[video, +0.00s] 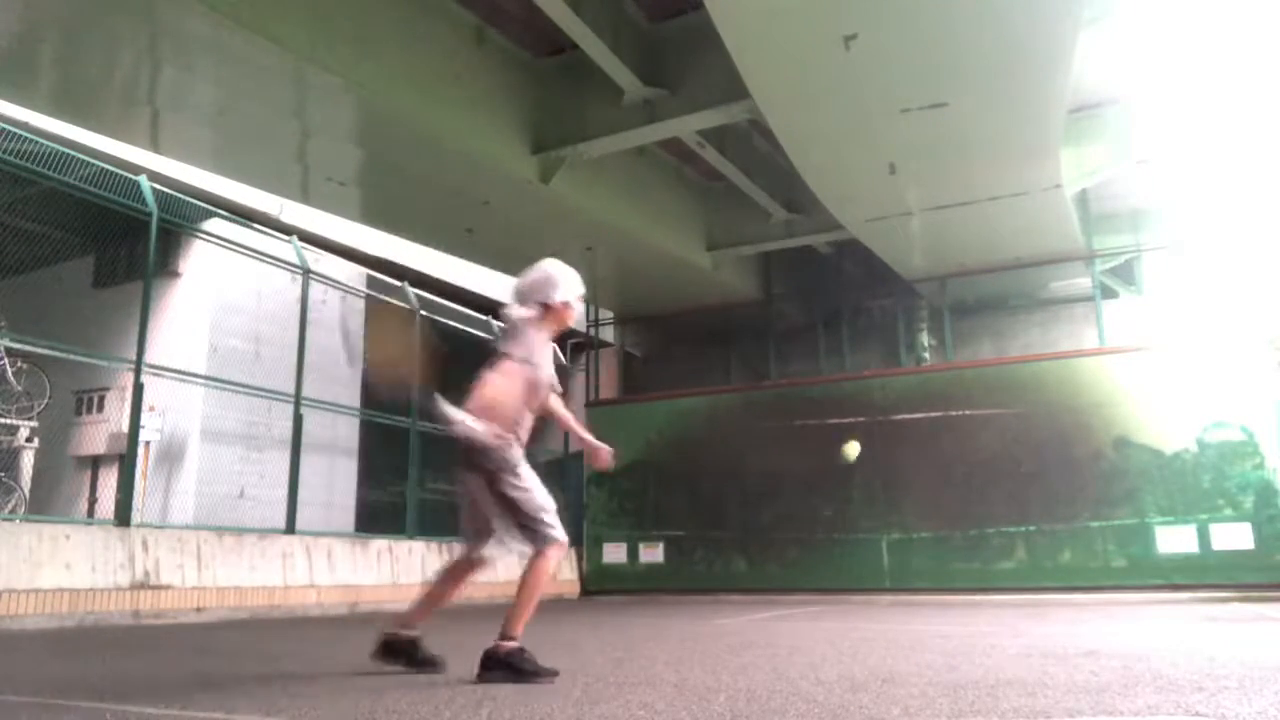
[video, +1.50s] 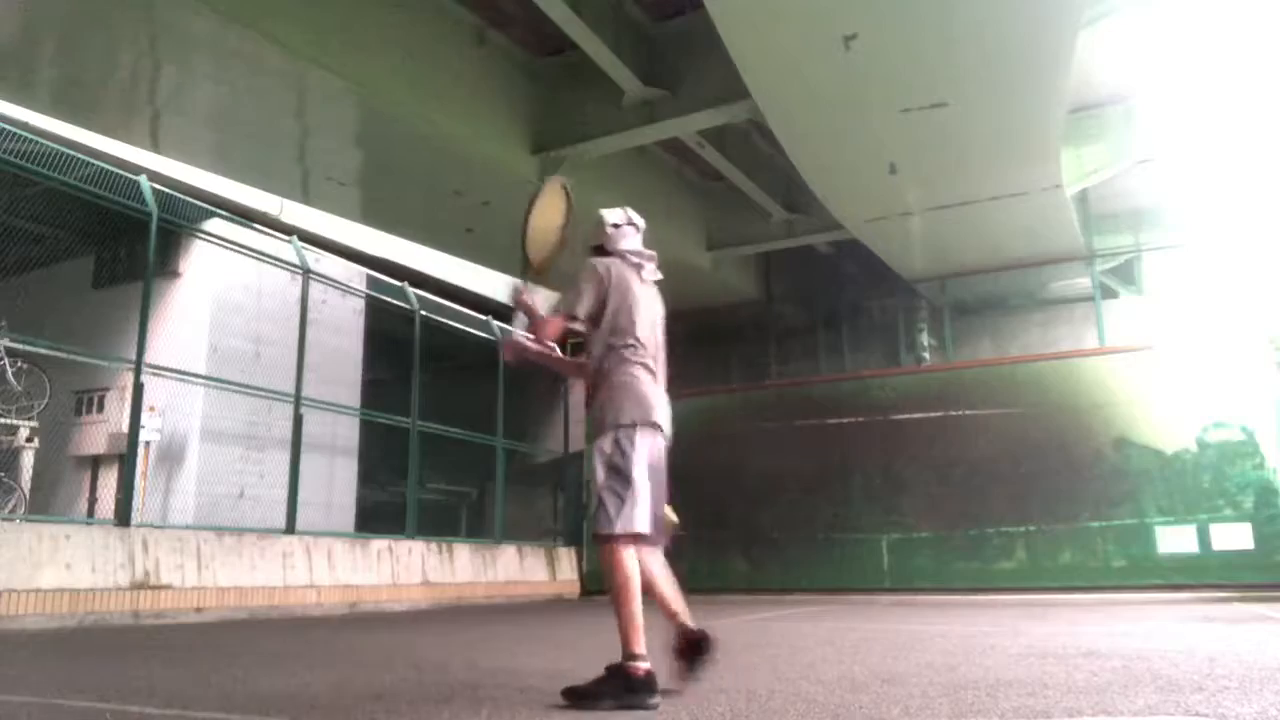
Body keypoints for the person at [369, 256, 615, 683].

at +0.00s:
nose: (577, 311)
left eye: (577, 303)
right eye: (573, 303)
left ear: (546, 303)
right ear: (555, 304)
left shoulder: (539, 346)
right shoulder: (530, 338)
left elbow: (550, 401)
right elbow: (495, 386)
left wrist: (590, 442)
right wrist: (479, 416)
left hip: (478, 447)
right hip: (495, 447)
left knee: (479, 551)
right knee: (552, 543)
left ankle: (402, 634)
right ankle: (506, 647)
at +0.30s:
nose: (654, 324)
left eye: (654, 316)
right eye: (652, 316)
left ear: (611, 311)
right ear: (637, 314)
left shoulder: (575, 341)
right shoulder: (630, 344)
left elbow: (537, 384)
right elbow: (692, 376)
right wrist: (741, 379)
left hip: (543, 455)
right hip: (557, 458)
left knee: (611, 533)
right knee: (586, 553)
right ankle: (512, 642)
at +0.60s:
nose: (694, 299)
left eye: (692, 293)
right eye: (692, 293)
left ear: (651, 293)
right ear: (683, 293)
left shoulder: (630, 335)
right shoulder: (686, 322)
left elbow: (583, 385)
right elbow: (757, 344)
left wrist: (594, 446)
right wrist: (747, 308)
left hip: (632, 452)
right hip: (661, 450)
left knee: (694, 550)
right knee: (693, 551)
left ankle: (687, 648)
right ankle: (604, 622)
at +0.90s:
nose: (706, 274)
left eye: (697, 267)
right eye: (706, 268)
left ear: (663, 265)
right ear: (700, 268)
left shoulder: (636, 312)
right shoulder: (712, 304)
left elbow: (616, 385)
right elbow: (749, 378)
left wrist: (650, 390)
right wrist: (742, 388)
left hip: (643, 436)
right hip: (689, 433)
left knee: (678, 543)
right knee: (714, 544)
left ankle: (683, 646)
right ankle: (724, 657)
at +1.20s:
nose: (669, 251)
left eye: (662, 244)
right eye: (677, 244)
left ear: (652, 249)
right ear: (692, 248)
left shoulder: (631, 290)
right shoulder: (714, 297)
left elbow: (612, 369)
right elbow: (730, 380)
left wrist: (622, 385)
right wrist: (697, 402)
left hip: (647, 421)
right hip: (701, 422)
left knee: (639, 541)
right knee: (713, 540)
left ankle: (649, 650)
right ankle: (724, 659)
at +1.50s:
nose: (594, 251)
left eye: (596, 243)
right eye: (601, 244)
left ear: (602, 241)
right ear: (637, 244)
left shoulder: (603, 267)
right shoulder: (649, 287)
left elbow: (553, 330)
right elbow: (605, 368)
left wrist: (534, 310)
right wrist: (541, 353)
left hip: (624, 417)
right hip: (654, 419)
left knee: (617, 539)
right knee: (643, 543)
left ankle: (635, 668)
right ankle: (687, 630)